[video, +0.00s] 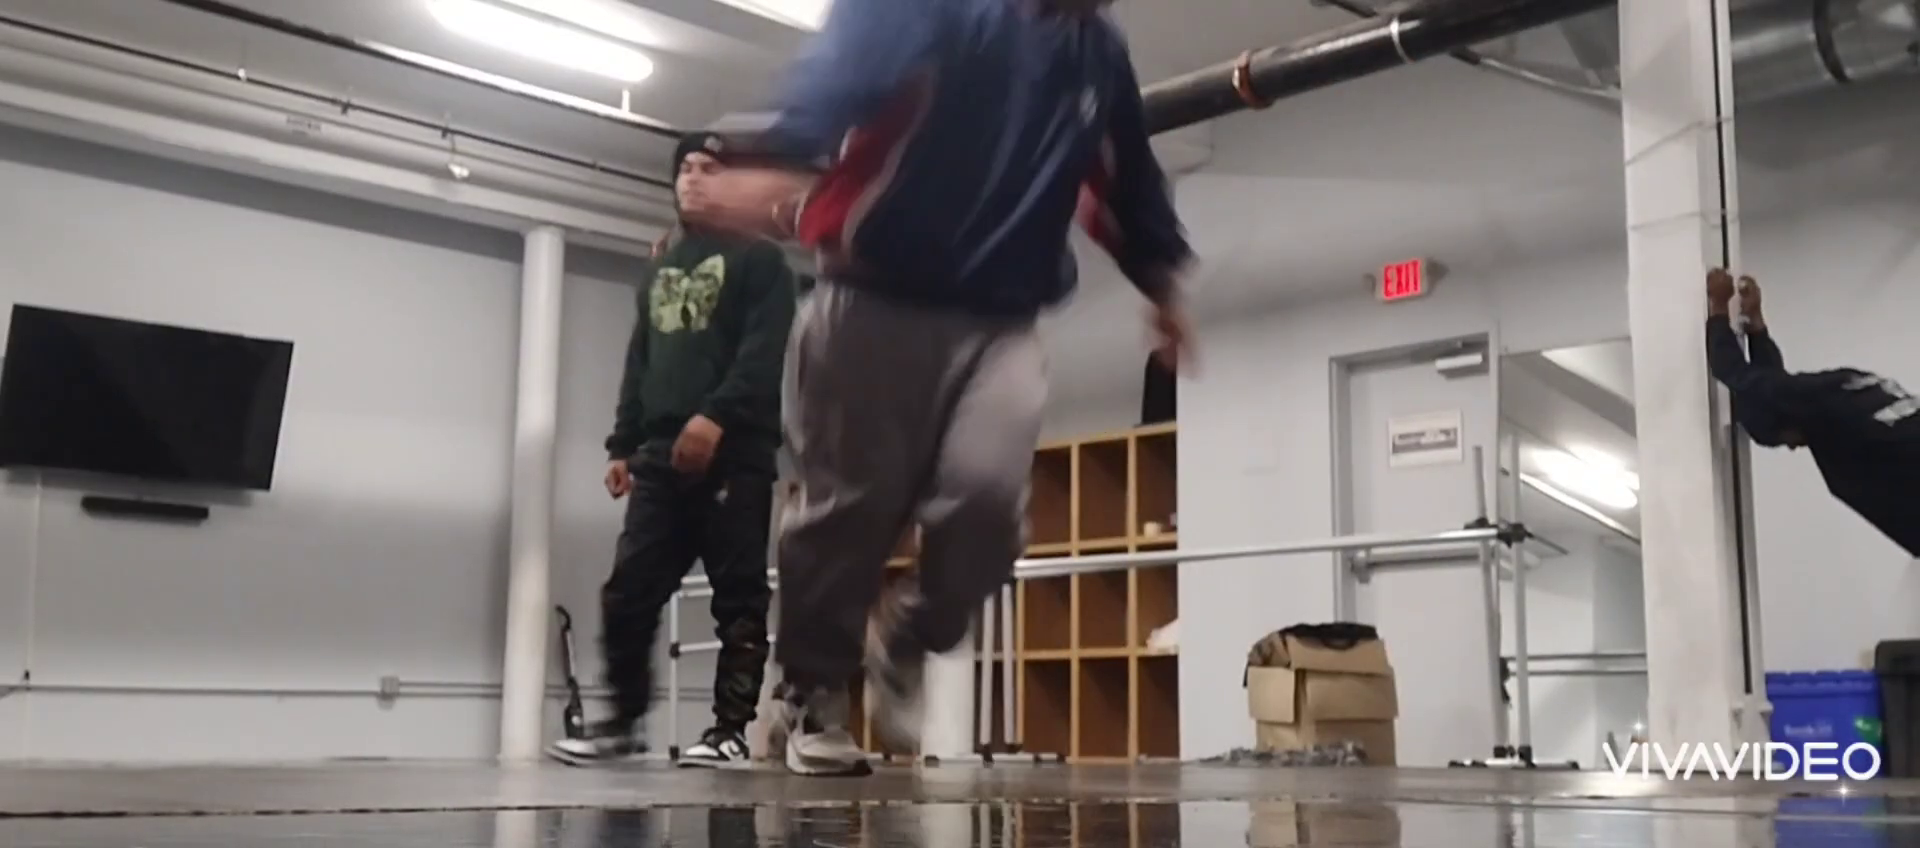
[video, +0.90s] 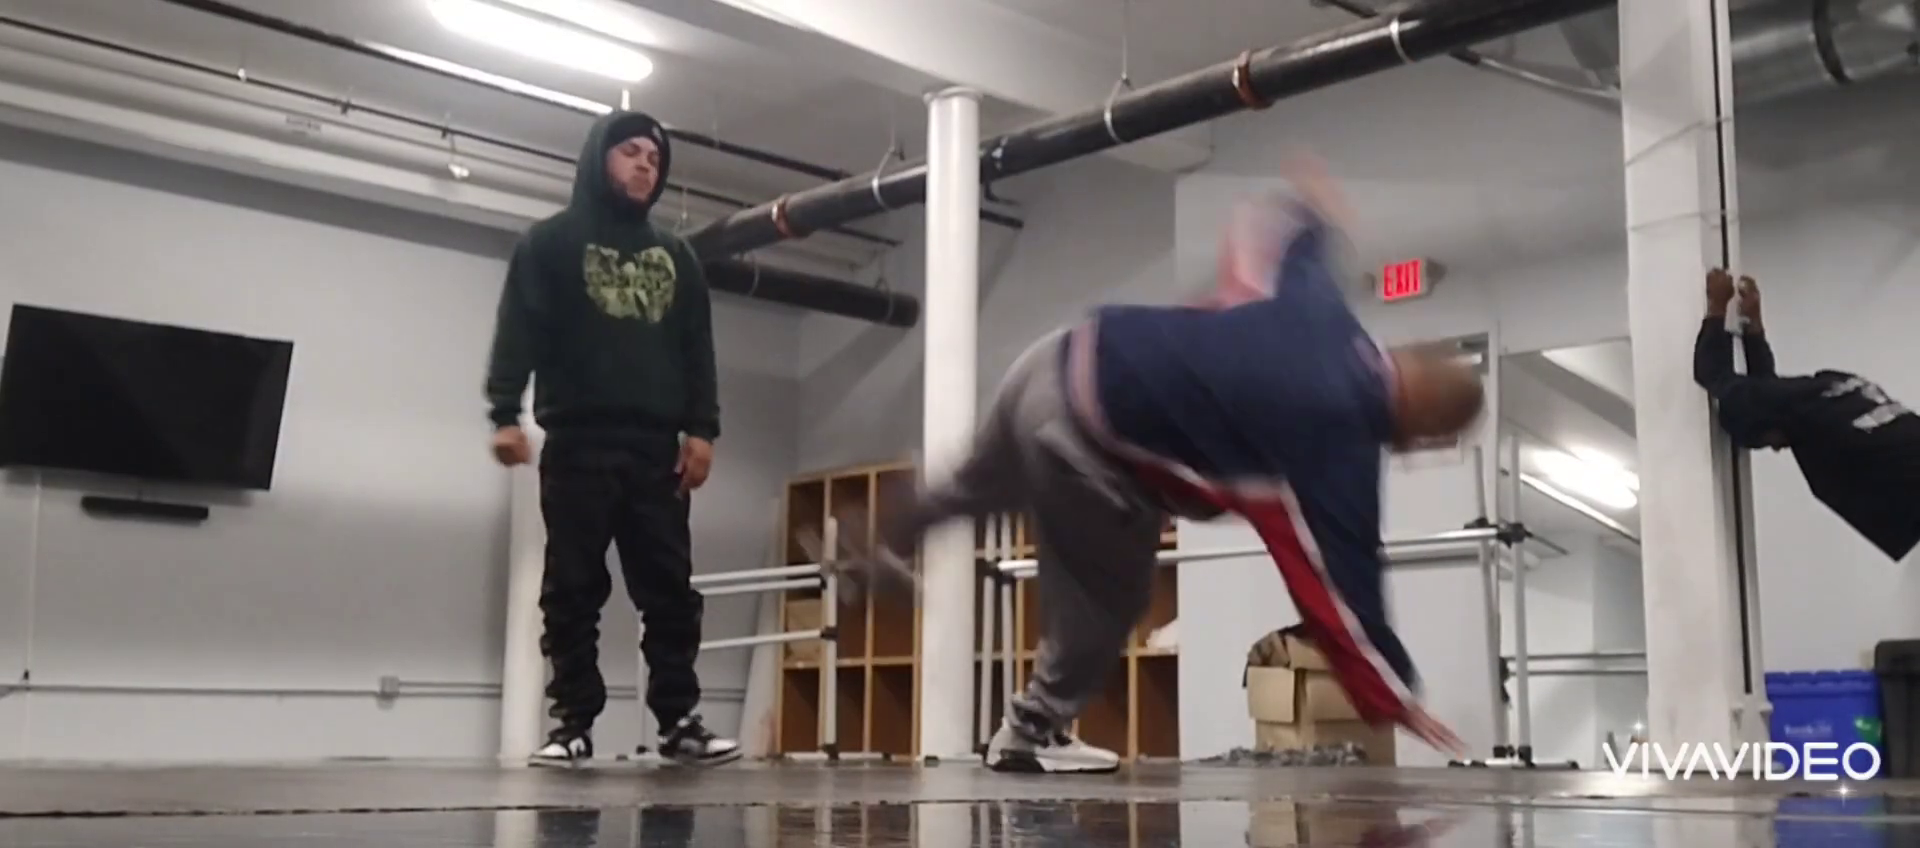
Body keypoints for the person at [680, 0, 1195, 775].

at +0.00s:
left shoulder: (1095, 44)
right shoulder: (934, 9)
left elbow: (1129, 172)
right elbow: (844, 63)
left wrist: (1164, 287)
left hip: (999, 321)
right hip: (872, 302)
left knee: (986, 494)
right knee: (844, 512)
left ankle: (908, 639)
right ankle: (817, 696)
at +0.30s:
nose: (1173, 26)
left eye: (1179, 14)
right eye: (1168, 8)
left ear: (1146, 13)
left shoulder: (1143, 78)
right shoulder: (964, 17)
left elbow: (1155, 177)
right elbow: (860, 92)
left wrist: (1104, 200)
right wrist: (791, 181)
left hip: (1051, 322)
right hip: (941, 306)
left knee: (1046, 496)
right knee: (909, 489)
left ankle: (1024, 653)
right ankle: (849, 683)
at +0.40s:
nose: (1210, 73)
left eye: (1222, 60)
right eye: (1209, 51)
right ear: (1163, 14)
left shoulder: (1170, 124)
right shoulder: (1014, 58)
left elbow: (1186, 227)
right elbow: (900, 127)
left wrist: (1126, 201)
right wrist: (809, 200)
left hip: (1083, 368)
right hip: (972, 353)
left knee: (1107, 541)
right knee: (934, 526)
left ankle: (1132, 696)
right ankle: (853, 696)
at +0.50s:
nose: (1243, 146)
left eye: (1255, 135)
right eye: (1244, 124)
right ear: (1203, 81)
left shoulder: (1209, 187)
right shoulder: (1066, 129)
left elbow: (1237, 290)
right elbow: (937, 189)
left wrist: (1224, 322)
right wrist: (824, 237)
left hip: (1134, 428)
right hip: (1024, 413)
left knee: (1169, 580)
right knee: (965, 550)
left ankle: (1181, 730)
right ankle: (858, 705)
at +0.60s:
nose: (1289, 203)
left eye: (1301, 193)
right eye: (1294, 184)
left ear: (1282, 150)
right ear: (1272, 137)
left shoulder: (1241, 207)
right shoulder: (1135, 160)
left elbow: (1245, 315)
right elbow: (1030, 226)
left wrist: (1235, 419)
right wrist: (968, 309)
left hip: (1156, 428)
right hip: (1060, 416)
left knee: (1186, 583)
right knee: (1035, 552)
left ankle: (1185, 729)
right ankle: (923, 698)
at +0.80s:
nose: (1379, 349)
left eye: (1391, 341)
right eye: (1391, 339)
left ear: (1373, 264)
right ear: (1385, 314)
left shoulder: (1270, 234)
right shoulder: (1279, 334)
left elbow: (1167, 206)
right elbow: (1250, 494)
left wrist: (1157, 177)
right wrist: (1298, 624)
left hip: (1038, 376)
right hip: (1075, 431)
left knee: (1067, 567)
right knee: (1094, 588)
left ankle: (1046, 699)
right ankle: (1024, 731)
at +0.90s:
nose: (1430, 444)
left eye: (1439, 428)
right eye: (1438, 436)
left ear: (1410, 357)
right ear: (1424, 427)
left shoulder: (1329, 318)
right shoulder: (1342, 443)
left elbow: (1298, 253)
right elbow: (1351, 584)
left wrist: (1315, 207)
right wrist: (1403, 701)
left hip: (1051, 364)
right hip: (1086, 457)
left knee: (977, 478)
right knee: (1107, 599)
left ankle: (884, 541)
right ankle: (1033, 729)